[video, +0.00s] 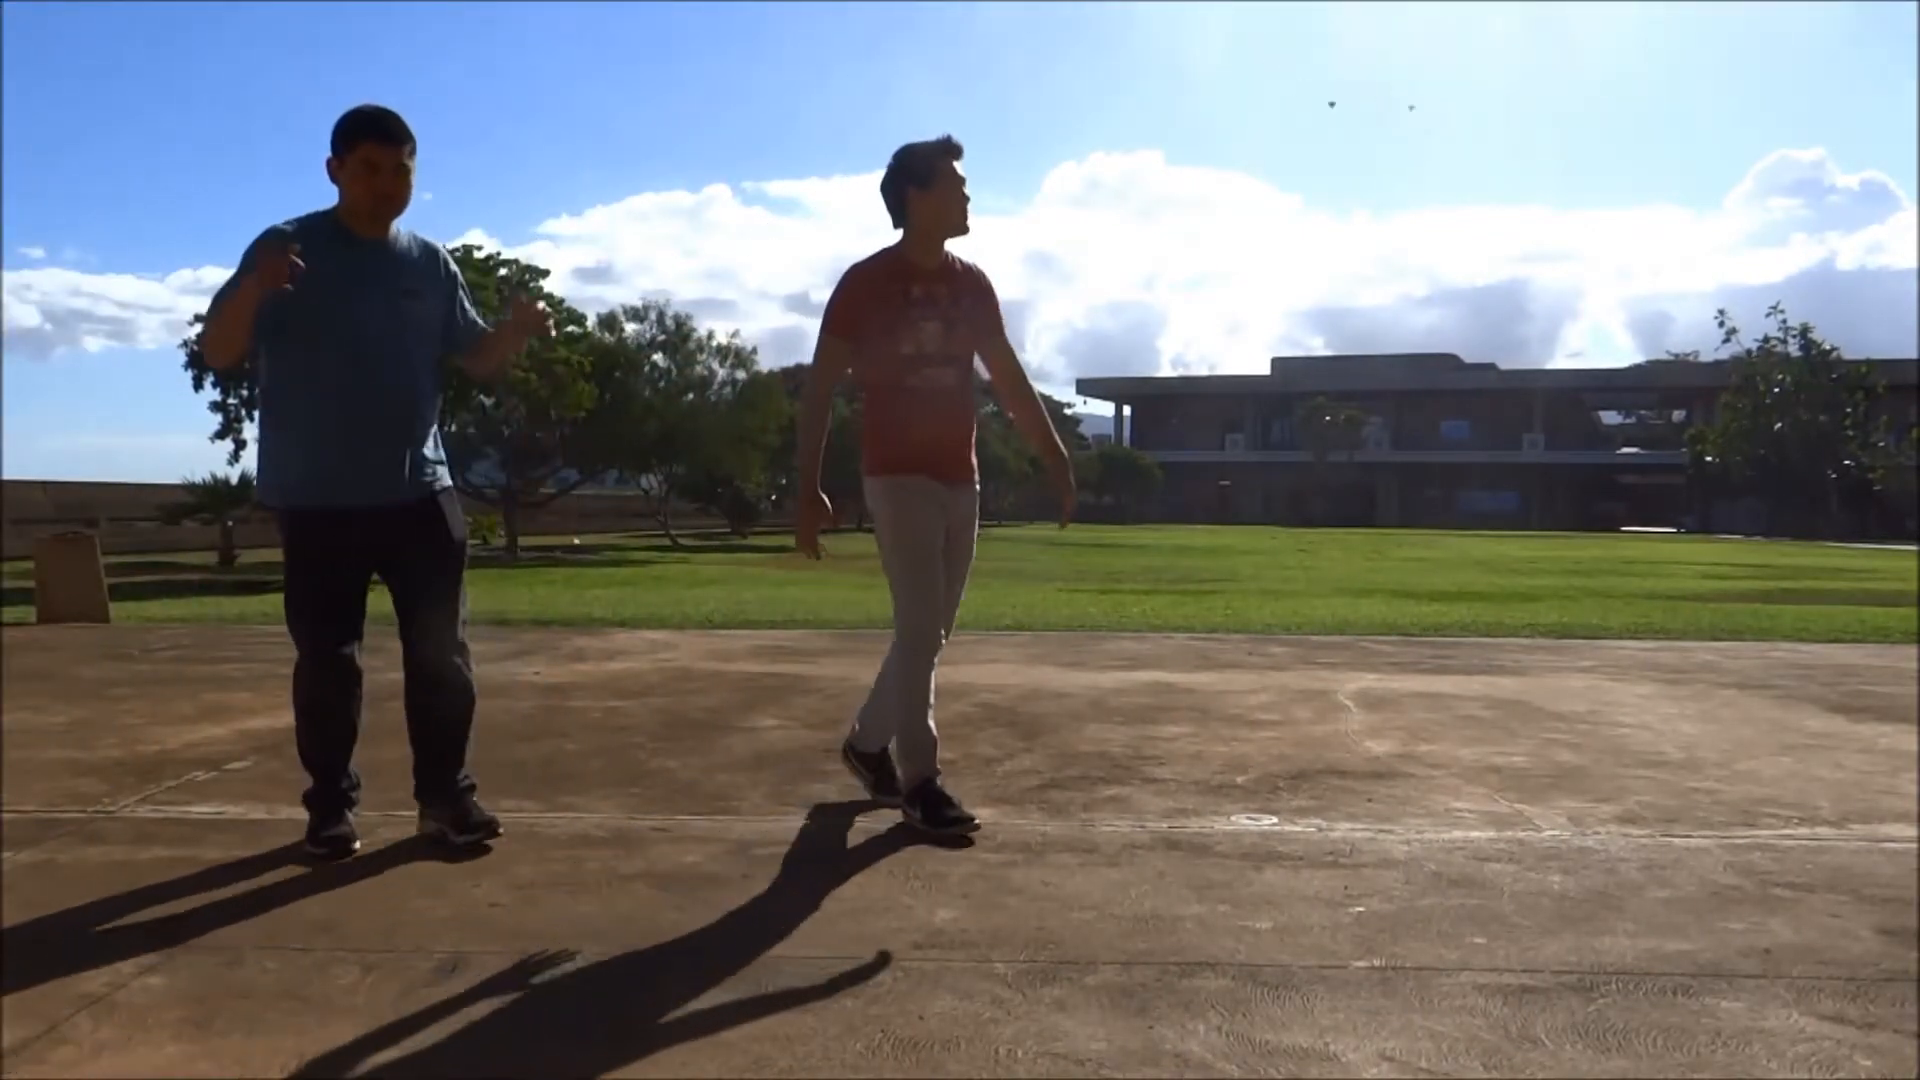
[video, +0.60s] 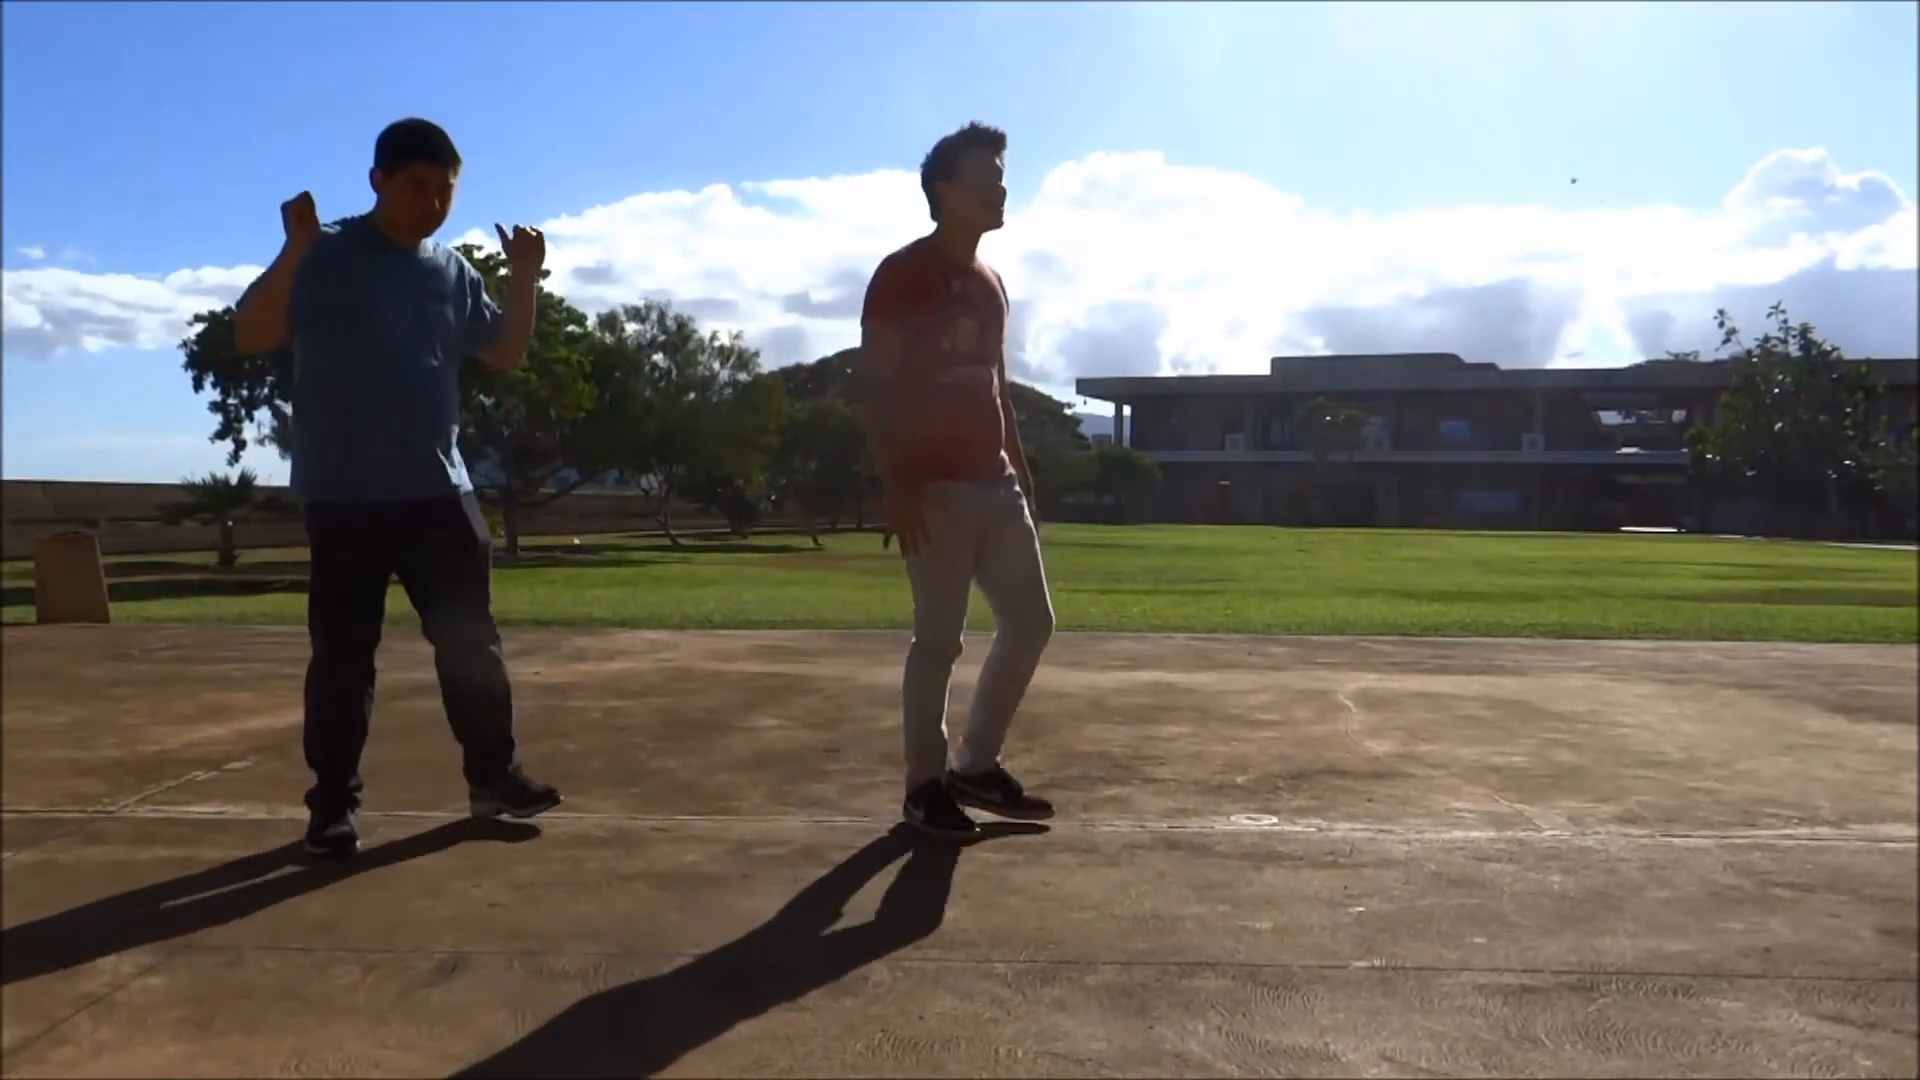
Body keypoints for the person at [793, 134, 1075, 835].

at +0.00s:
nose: (968, 193)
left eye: (964, 182)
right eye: (955, 183)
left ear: (936, 198)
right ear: (915, 196)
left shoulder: (971, 283)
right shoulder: (864, 283)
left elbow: (1007, 376)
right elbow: (821, 388)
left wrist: (1056, 456)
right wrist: (807, 487)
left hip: (960, 477)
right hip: (899, 477)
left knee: (932, 626)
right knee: (920, 624)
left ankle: (868, 738)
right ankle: (920, 784)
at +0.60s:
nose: (1003, 188)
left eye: (1002, 176)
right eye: (988, 176)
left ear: (983, 191)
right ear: (944, 188)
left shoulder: (991, 283)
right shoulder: (900, 274)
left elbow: (995, 390)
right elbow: (876, 391)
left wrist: (1018, 471)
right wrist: (897, 489)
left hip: (996, 485)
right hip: (933, 488)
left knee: (1029, 624)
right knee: (937, 640)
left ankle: (976, 768)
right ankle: (925, 787)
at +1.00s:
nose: (1048, 188)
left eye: (1043, 175)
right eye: (1035, 176)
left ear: (1011, 191)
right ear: (996, 191)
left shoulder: (1005, 285)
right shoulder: (951, 271)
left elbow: (1001, 391)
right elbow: (941, 388)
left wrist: (1018, 474)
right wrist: (994, 471)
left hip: (1007, 478)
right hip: (956, 481)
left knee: (1046, 630)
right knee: (953, 638)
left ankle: (1081, 787)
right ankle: (926, 791)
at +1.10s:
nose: (1063, 190)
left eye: (1058, 178)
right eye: (1050, 179)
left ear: (1023, 192)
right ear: (1011, 191)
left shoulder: (1014, 283)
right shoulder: (969, 271)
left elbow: (1008, 390)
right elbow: (956, 385)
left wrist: (1028, 476)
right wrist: (1014, 474)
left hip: (1015, 480)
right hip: (967, 482)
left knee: (1046, 635)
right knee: (958, 638)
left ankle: (1082, 792)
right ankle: (925, 792)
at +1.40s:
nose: (1114, 191)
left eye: (1109, 179)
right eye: (1100, 180)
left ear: (1076, 195)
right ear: (1064, 195)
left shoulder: (1062, 282)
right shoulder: (1025, 266)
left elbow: (1058, 388)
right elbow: (1021, 376)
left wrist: (1076, 480)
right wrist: (1066, 479)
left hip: (1057, 484)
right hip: (1013, 484)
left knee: (1075, 643)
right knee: (985, 639)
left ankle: (1093, 799)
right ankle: (928, 782)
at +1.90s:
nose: (1187, 184)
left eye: (1181, 173)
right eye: (1175, 174)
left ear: (1147, 189)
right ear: (1142, 189)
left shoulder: (1134, 272)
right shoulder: (1103, 266)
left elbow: (1138, 388)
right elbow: (1084, 383)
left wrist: (1183, 455)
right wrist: (1106, 479)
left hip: (1141, 480)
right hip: (1109, 483)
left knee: (1124, 637)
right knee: (1135, 634)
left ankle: (1096, 800)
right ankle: (1019, 755)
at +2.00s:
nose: (1200, 188)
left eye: (1195, 176)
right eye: (1188, 176)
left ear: (1155, 191)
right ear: (1155, 189)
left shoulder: (1147, 276)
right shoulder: (1110, 269)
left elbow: (1155, 392)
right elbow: (1090, 386)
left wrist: (1208, 456)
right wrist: (1102, 483)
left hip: (1149, 481)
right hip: (1127, 483)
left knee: (1133, 633)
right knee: (1165, 633)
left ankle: (1103, 792)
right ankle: (1072, 778)